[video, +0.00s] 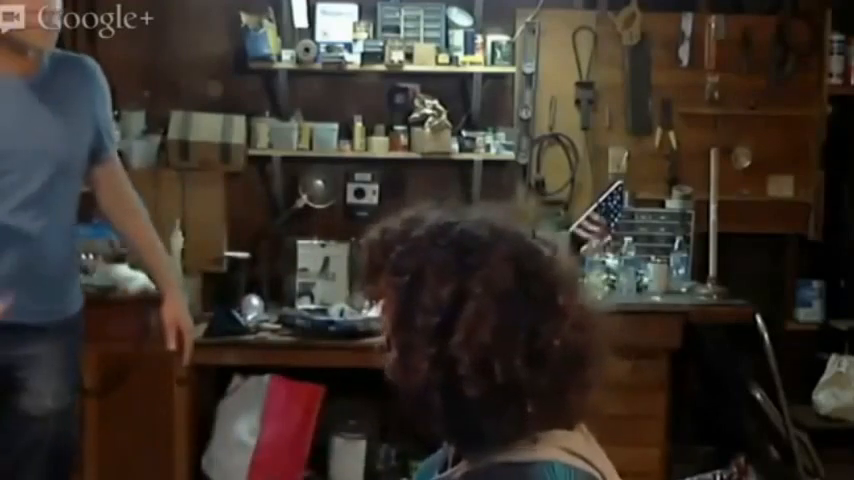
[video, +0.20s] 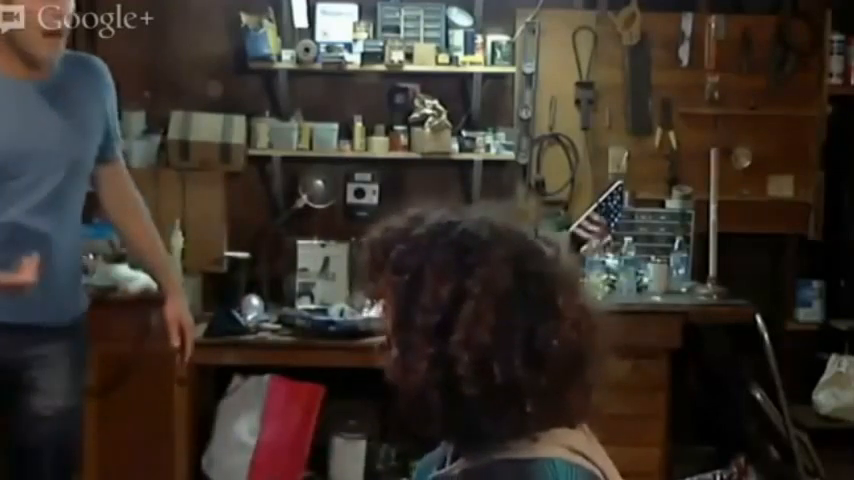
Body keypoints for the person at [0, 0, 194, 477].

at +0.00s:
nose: (48, 9)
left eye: (53, 1)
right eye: (31, 0)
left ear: (62, 9)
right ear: (0, 13)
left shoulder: (81, 77)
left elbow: (112, 184)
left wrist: (170, 285)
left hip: (47, 323)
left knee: (44, 466)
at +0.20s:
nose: (58, 12)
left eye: (64, 1)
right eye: (40, 2)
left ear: (74, 8)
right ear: (5, 11)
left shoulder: (90, 77)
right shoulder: (5, 81)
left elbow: (115, 184)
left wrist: (171, 284)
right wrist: (6, 268)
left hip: (55, 327)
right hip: (7, 323)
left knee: (51, 468)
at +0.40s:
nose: (60, 12)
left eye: (66, 2)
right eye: (43, 2)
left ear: (74, 9)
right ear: (7, 11)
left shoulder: (88, 76)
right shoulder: (4, 79)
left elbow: (110, 182)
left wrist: (168, 281)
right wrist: (5, 265)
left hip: (55, 328)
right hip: (7, 327)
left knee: (53, 469)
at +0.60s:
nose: (50, 15)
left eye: (55, 4)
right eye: (33, 4)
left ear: (64, 11)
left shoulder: (71, 79)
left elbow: (91, 189)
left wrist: (151, 288)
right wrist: (2, 271)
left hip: (45, 330)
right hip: (7, 331)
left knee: (54, 465)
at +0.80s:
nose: (39, 16)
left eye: (46, 3)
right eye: (21, 4)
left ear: (57, 11)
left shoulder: (63, 79)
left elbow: (83, 192)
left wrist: (141, 285)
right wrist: (3, 273)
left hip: (37, 327)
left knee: (48, 462)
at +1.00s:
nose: (14, 17)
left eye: (20, 9)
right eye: (6, 9)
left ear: (30, 14)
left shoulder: (30, 73)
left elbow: (40, 177)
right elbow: (43, 179)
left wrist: (105, 282)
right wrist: (104, 282)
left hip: (10, 329)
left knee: (29, 459)